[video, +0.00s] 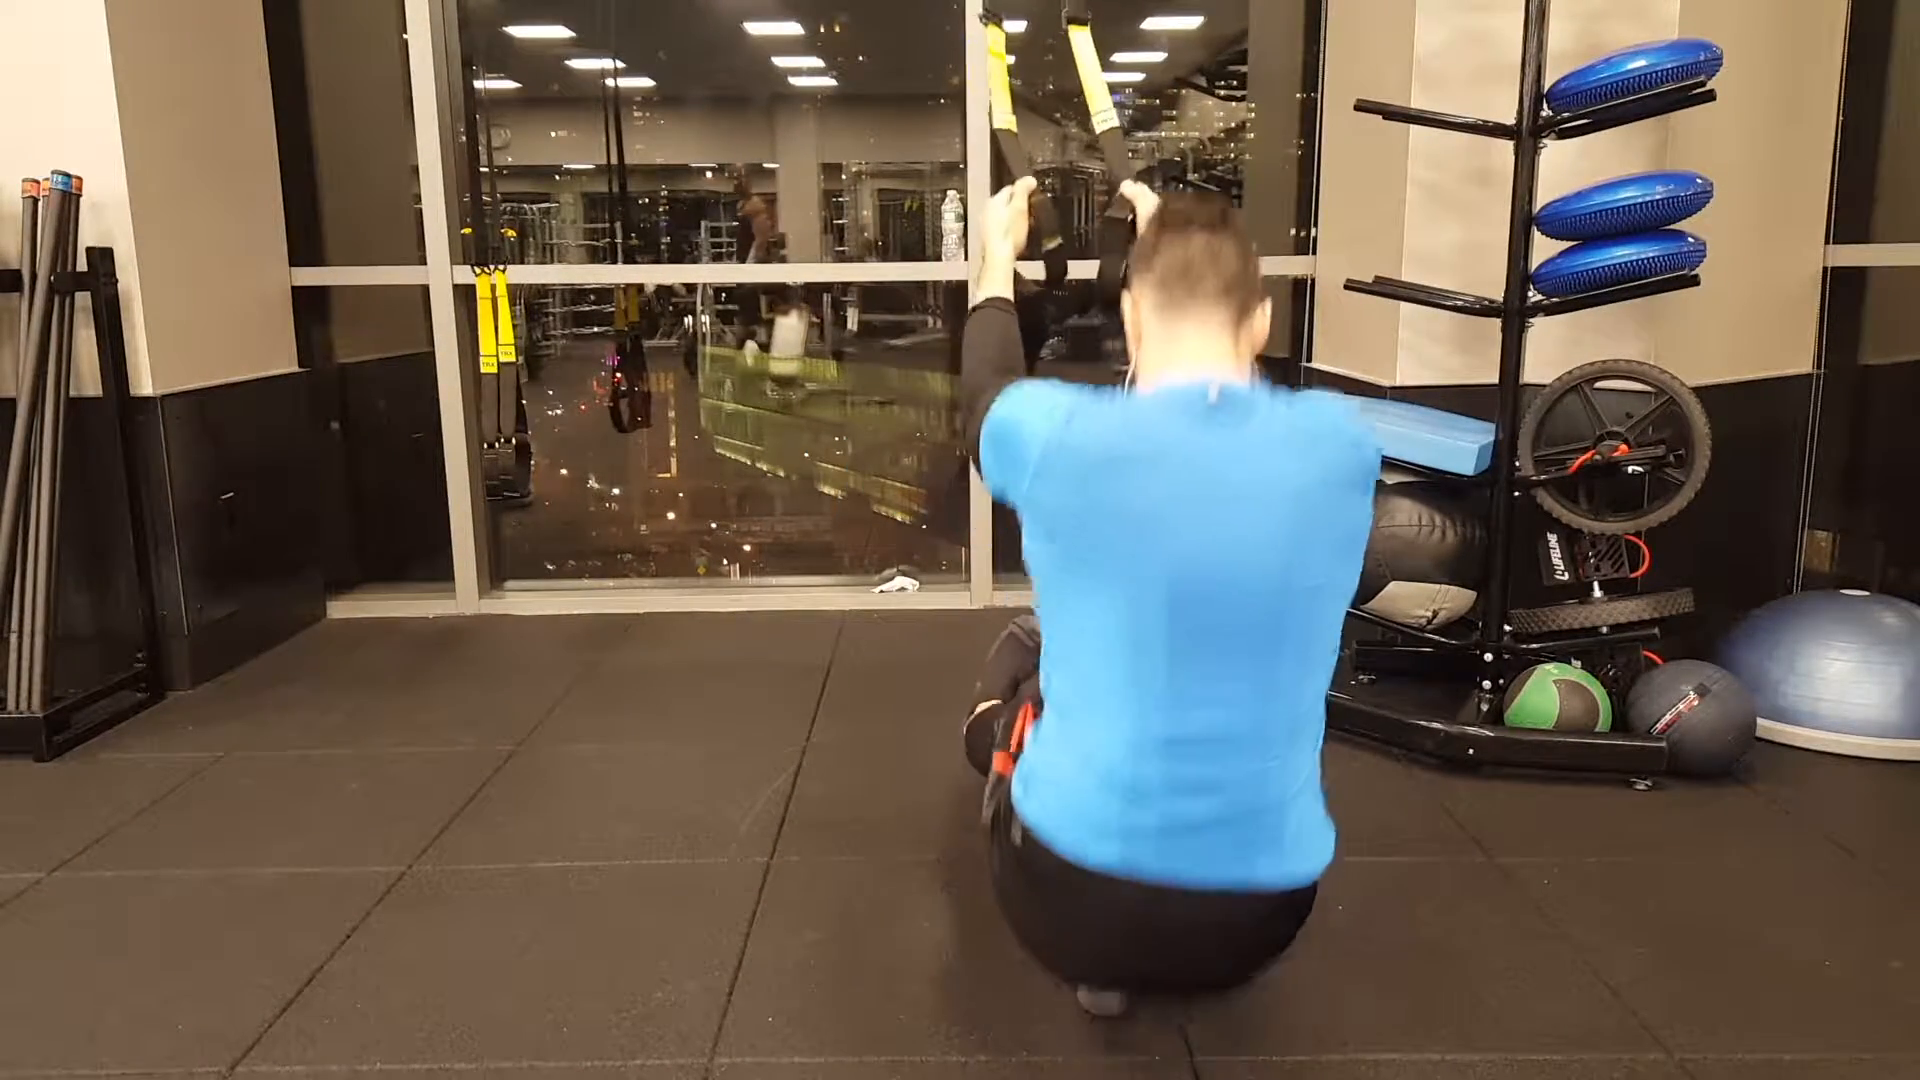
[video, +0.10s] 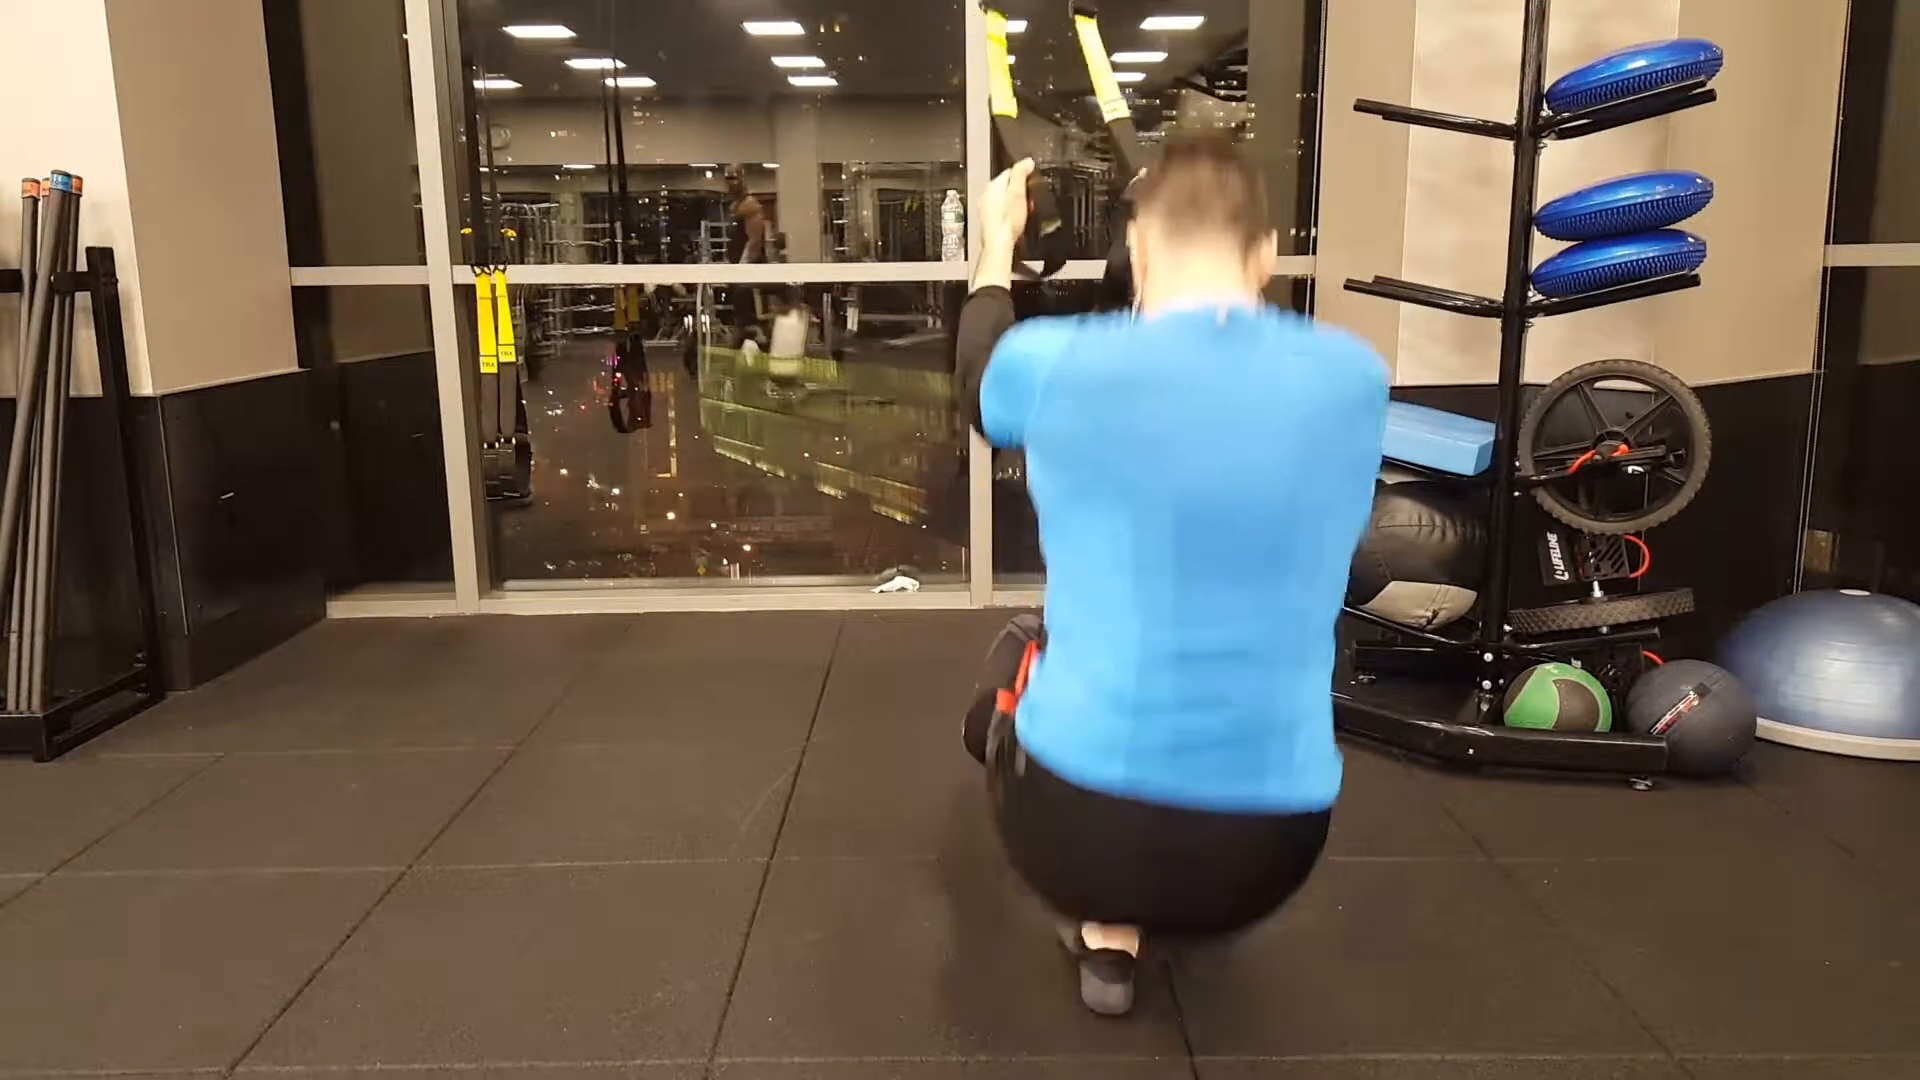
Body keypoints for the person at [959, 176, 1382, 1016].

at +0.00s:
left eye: (1132, 308)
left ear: (1130, 319)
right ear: (1262, 327)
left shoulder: (1056, 441)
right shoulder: (1343, 447)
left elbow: (992, 386)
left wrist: (996, 259)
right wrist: (1173, 248)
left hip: (1082, 919)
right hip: (1256, 923)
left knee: (1024, 648)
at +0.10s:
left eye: (1134, 247)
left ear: (1137, 253)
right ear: (1267, 258)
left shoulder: (1057, 366)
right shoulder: (1354, 379)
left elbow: (985, 357)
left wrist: (992, 254)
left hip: (1086, 843)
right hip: (1262, 859)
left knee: (1029, 646)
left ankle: (1106, 936)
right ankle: (1117, 930)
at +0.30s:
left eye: (1150, 110)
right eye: (1277, 115)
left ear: (1146, 117)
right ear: (1275, 120)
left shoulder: (1058, 218)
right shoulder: (1361, 234)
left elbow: (982, 353)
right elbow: (1331, 386)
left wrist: (1024, 209)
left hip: (1082, 681)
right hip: (1262, 707)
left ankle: (983, 693)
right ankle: (1111, 940)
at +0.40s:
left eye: (1148, 41)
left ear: (1147, 47)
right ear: (1278, 53)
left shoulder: (1052, 148)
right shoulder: (1368, 170)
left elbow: (988, 332)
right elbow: (1319, 349)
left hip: (1079, 602)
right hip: (1262, 631)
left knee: (995, 654)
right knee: (1150, 683)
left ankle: (957, 711)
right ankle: (1111, 940)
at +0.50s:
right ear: (1279, 1)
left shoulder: (1050, 78)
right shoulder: (1361, 94)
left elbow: (984, 290)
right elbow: (1329, 286)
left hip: (1082, 522)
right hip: (1273, 546)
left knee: (998, 626)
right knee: (1152, 662)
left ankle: (945, 719)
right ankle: (1111, 943)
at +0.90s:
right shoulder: (1369, 5)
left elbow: (957, 128)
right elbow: (1346, 165)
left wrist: (1044, 81)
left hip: (1072, 275)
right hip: (1262, 297)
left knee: (959, 566)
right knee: (1153, 636)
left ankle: (888, 780)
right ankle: (1114, 949)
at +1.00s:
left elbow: (944, 91)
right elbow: (1346, 139)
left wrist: (1048, 38)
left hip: (1056, 250)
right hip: (1248, 272)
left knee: (952, 570)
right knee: (1156, 637)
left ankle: (876, 821)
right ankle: (1116, 952)